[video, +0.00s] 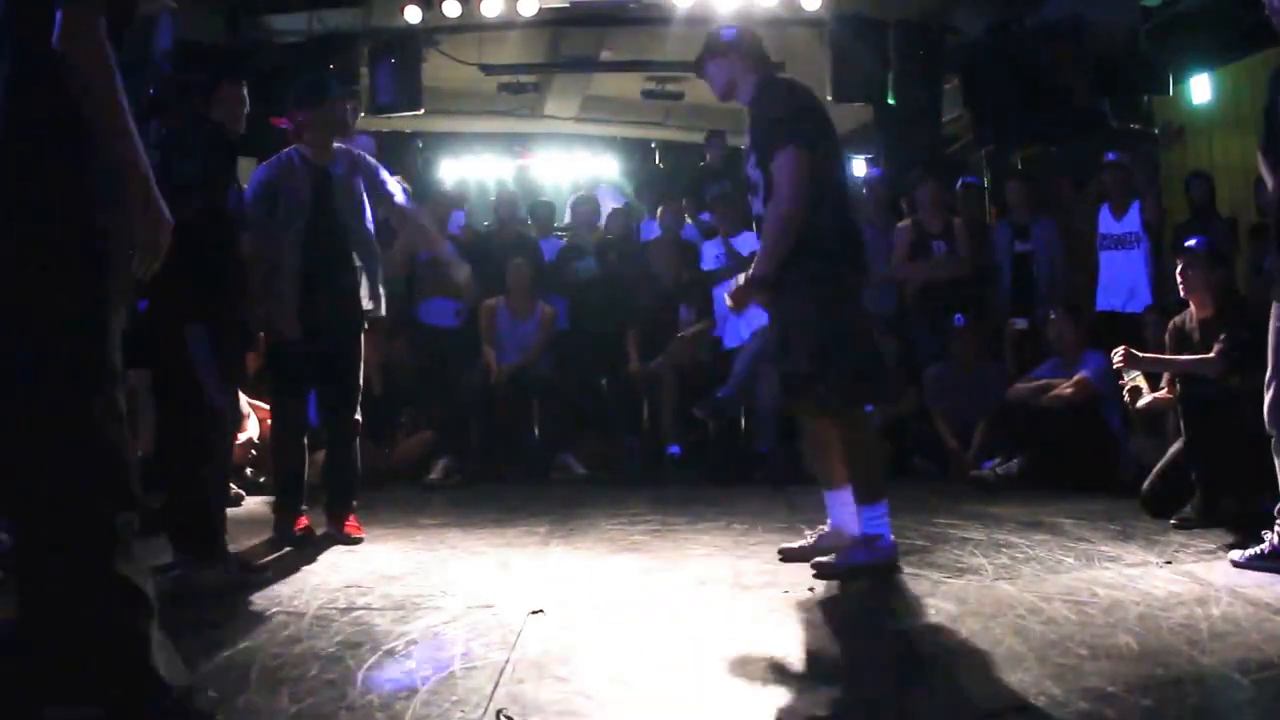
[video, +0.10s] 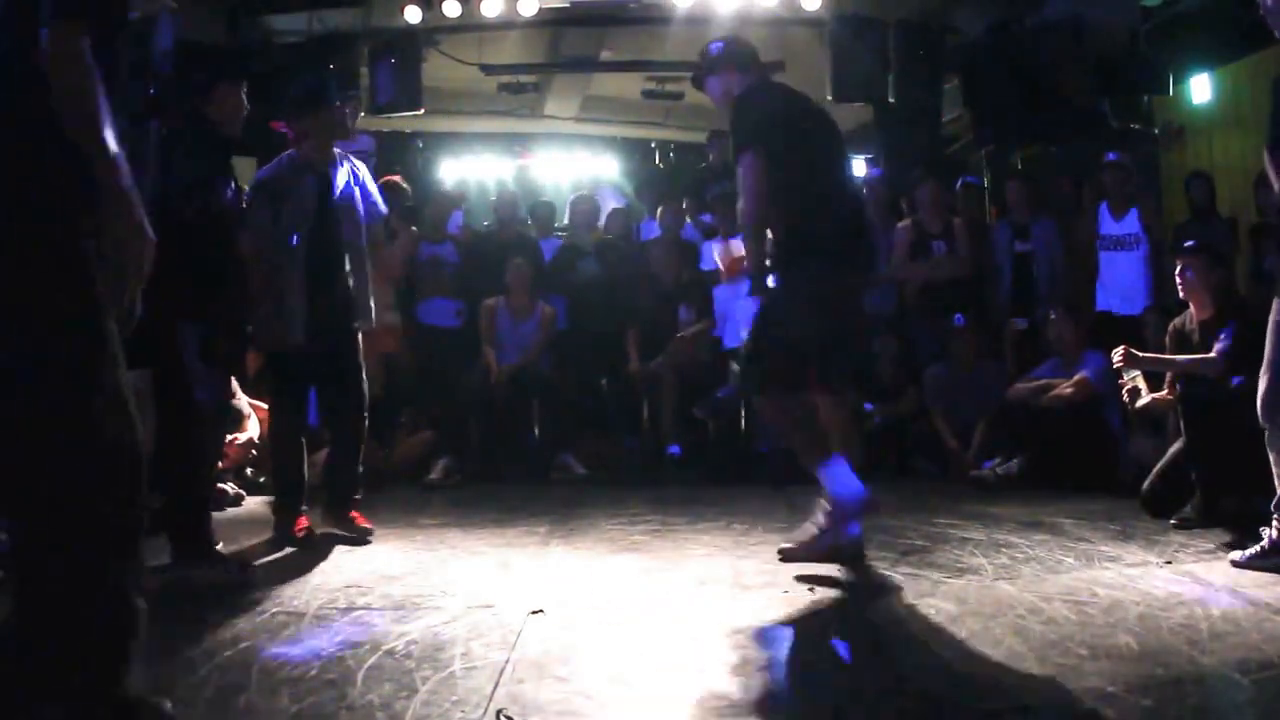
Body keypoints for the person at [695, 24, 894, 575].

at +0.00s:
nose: (713, 84)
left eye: (715, 70)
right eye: (708, 77)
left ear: (742, 55)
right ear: (729, 68)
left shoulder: (780, 99)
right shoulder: (772, 106)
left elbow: (790, 196)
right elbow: (788, 203)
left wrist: (759, 274)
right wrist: (758, 272)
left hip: (821, 277)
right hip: (809, 277)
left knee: (834, 401)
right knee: (820, 400)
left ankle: (867, 534)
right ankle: (845, 526)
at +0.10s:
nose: (711, 98)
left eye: (709, 86)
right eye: (706, 88)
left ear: (730, 73)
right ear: (753, 69)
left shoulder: (750, 106)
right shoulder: (805, 107)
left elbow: (752, 199)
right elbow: (820, 198)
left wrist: (753, 268)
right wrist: (751, 252)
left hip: (807, 271)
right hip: (846, 267)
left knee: (765, 382)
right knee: (832, 388)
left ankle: (844, 489)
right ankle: (840, 525)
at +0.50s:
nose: (751, 95)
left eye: (753, 87)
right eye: (752, 88)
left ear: (761, 85)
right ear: (802, 83)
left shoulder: (741, 129)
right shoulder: (839, 123)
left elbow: (716, 224)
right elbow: (853, 199)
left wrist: (744, 258)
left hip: (771, 275)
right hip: (833, 271)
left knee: (784, 392)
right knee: (825, 389)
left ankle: (802, 512)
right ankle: (802, 510)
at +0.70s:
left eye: (779, 85)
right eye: (812, 85)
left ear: (769, 87)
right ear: (822, 87)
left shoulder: (743, 123)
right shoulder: (847, 128)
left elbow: (714, 225)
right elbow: (868, 217)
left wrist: (749, 261)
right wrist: (850, 257)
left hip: (760, 284)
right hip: (829, 284)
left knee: (765, 391)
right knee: (830, 406)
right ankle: (818, 535)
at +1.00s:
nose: (716, 71)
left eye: (716, 63)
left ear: (718, 62)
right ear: (772, 58)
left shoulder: (701, 102)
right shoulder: (808, 91)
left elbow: (679, 208)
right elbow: (826, 185)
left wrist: (675, 272)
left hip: (739, 284)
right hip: (819, 278)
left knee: (747, 427)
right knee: (842, 413)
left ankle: (764, 595)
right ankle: (878, 565)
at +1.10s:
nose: (692, 50)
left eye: (691, 42)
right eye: (699, 43)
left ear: (696, 39)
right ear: (748, 36)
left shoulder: (687, 85)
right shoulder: (789, 80)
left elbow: (673, 186)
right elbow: (813, 183)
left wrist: (670, 260)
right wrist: (821, 259)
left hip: (719, 271)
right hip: (786, 267)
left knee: (735, 416)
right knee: (786, 393)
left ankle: (765, 583)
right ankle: (806, 508)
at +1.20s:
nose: (666, 26)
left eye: (675, 22)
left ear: (688, 19)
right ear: (733, 23)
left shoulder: (679, 41)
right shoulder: (778, 76)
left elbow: (632, 140)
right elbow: (793, 175)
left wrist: (639, 219)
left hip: (703, 246)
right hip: (766, 252)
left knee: (674, 382)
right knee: (689, 386)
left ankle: (772, 532)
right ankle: (671, 533)